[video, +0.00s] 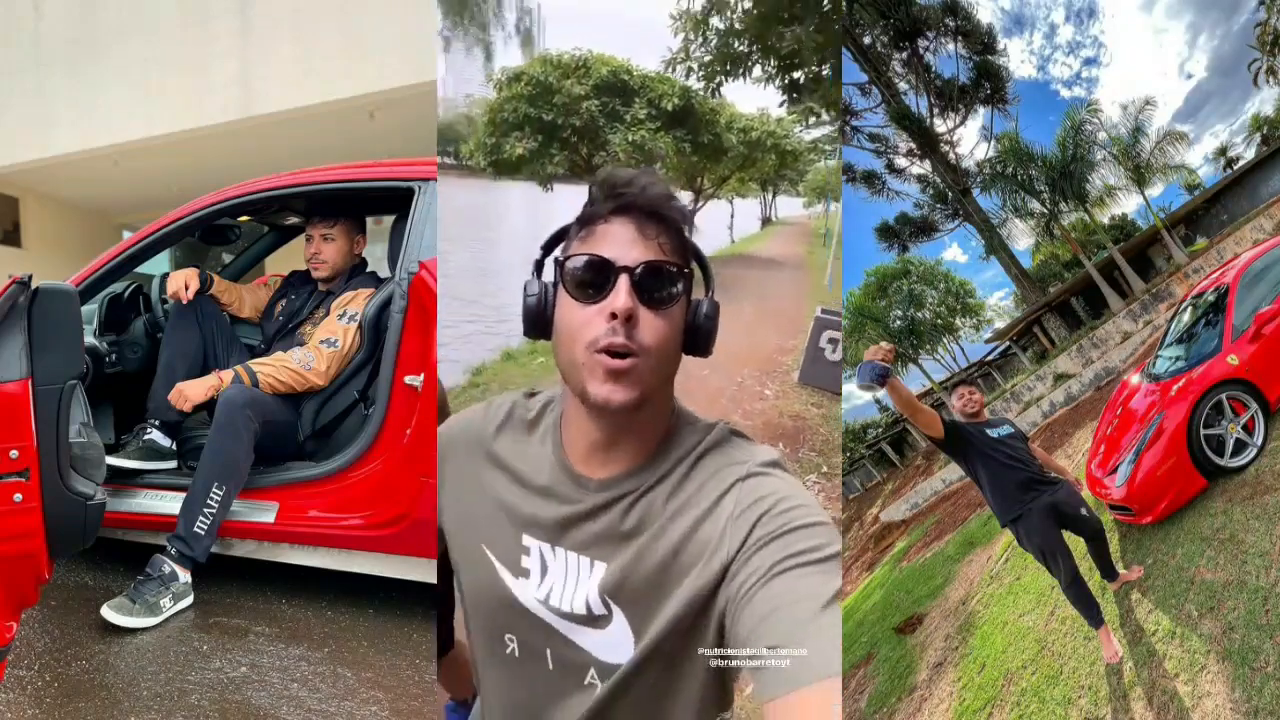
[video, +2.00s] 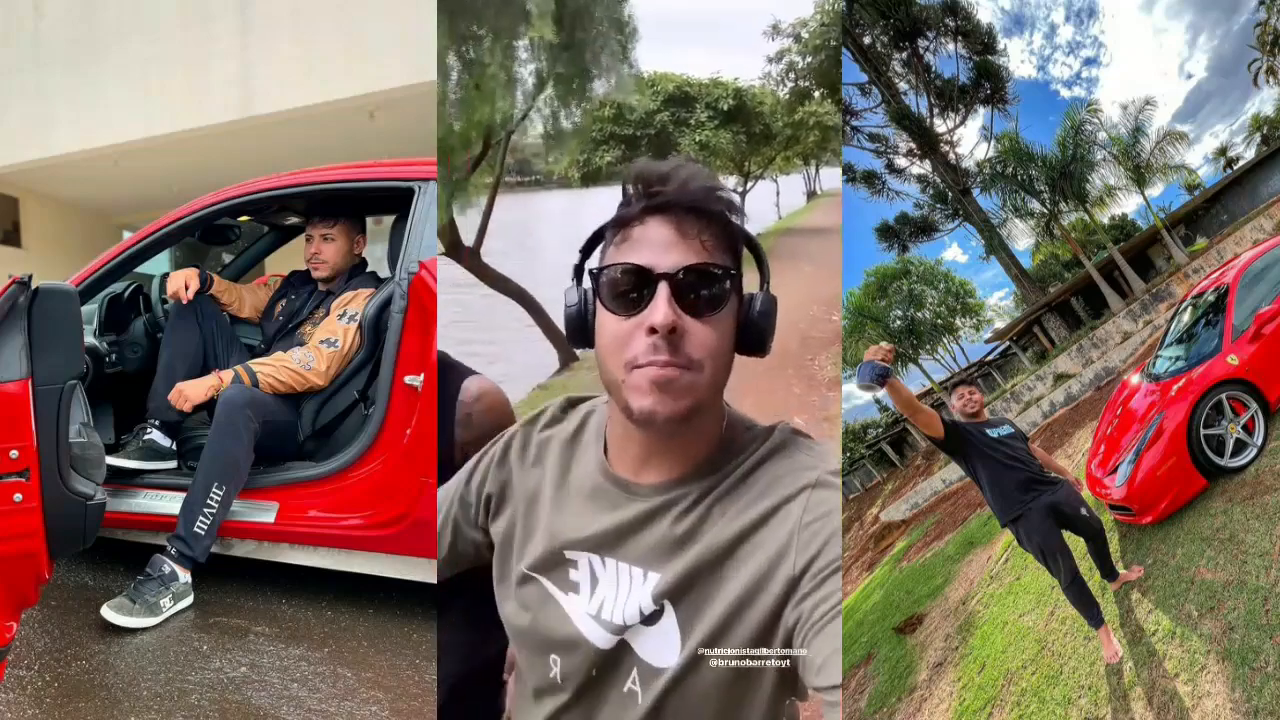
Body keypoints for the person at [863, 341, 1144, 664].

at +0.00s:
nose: (967, 397)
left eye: (971, 392)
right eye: (959, 397)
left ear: (983, 398)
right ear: (953, 410)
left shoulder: (1003, 424)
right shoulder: (957, 436)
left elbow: (1037, 454)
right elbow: (916, 412)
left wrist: (1067, 475)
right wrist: (885, 374)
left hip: (1052, 489)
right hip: (1022, 512)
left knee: (1094, 528)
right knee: (1065, 571)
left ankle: (1114, 576)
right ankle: (1101, 628)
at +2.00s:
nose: (966, 397)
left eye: (971, 392)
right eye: (959, 397)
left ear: (983, 398)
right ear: (953, 410)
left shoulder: (1003, 424)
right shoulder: (956, 436)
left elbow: (1037, 454)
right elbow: (916, 412)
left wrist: (1067, 476)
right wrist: (885, 374)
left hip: (1051, 489)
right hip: (1021, 511)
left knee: (1094, 528)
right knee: (1065, 571)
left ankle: (1114, 576)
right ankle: (1101, 628)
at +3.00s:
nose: (967, 397)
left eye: (971, 392)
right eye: (959, 397)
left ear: (983, 398)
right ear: (953, 410)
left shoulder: (1003, 423)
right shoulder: (956, 436)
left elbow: (1037, 454)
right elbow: (916, 412)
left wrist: (1068, 475)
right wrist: (885, 373)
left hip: (1052, 489)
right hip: (1022, 512)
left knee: (1094, 528)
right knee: (1066, 571)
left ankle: (1114, 576)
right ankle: (1101, 628)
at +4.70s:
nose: (967, 397)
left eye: (971, 392)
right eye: (958, 398)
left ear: (983, 398)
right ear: (953, 411)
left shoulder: (1004, 424)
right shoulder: (957, 436)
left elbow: (1036, 453)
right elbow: (916, 412)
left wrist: (1067, 475)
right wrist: (885, 373)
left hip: (1052, 489)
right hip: (1022, 512)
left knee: (1094, 528)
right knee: (1067, 573)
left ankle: (1114, 576)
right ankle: (1101, 628)